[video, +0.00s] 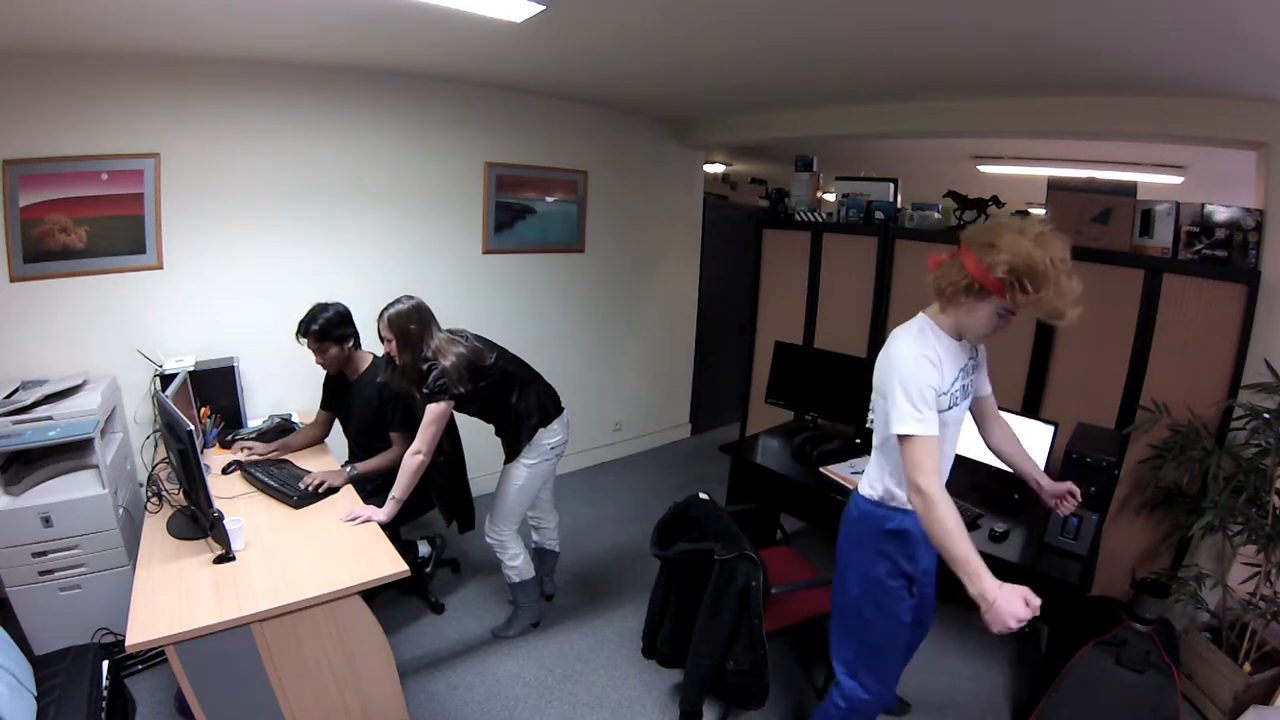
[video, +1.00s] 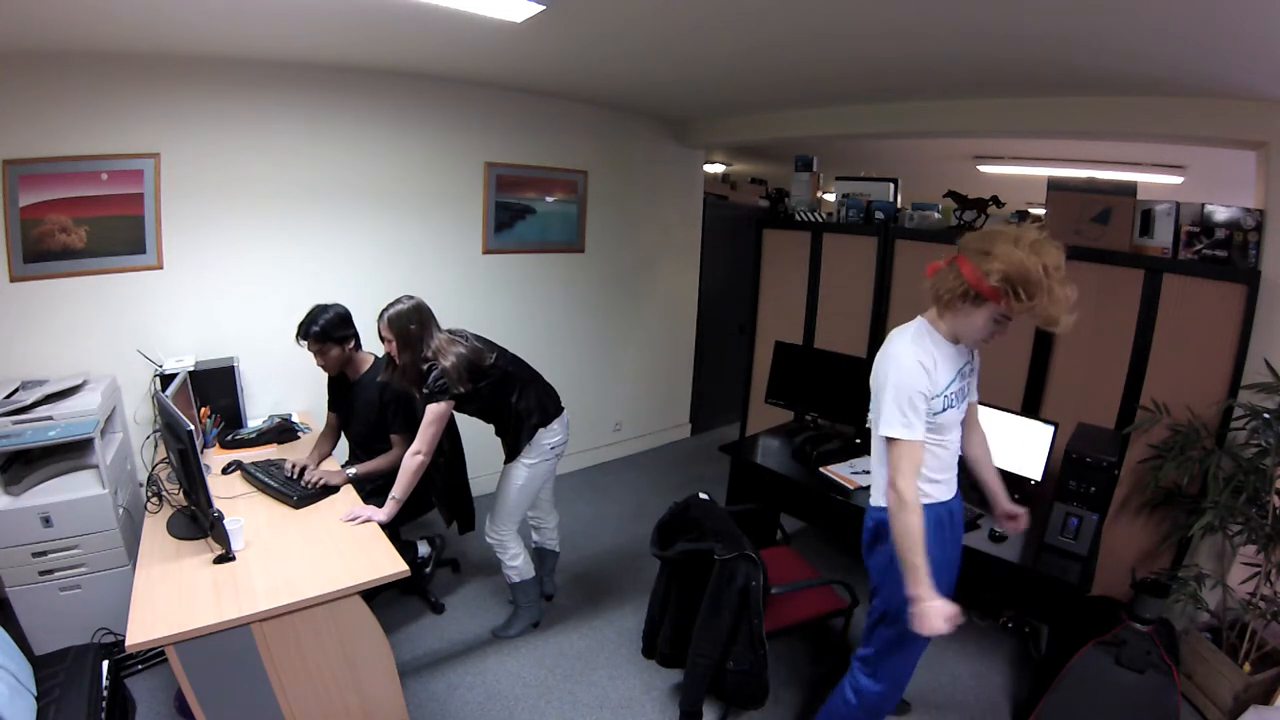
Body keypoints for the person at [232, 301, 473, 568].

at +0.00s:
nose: (317, 360)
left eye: (322, 352)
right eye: (313, 352)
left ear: (348, 342)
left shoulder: (390, 381)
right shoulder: (336, 375)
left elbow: (402, 449)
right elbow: (319, 428)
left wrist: (347, 473)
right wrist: (271, 448)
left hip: (403, 477)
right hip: (364, 473)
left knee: (339, 531)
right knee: (314, 513)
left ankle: (419, 552)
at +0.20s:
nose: (315, 363)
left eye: (319, 355)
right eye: (312, 356)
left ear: (346, 345)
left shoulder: (388, 382)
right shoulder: (339, 374)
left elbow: (403, 450)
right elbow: (333, 423)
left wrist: (346, 471)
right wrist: (307, 449)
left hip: (406, 476)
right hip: (365, 474)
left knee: (344, 527)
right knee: (321, 513)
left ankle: (419, 553)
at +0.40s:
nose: (316, 362)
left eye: (319, 353)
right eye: (312, 355)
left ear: (346, 344)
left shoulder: (389, 381)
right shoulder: (339, 376)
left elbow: (402, 450)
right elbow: (332, 429)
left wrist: (346, 474)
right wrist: (311, 459)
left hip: (408, 477)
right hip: (366, 473)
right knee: (320, 513)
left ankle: (419, 552)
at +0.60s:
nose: (316, 364)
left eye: (320, 355)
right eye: (312, 356)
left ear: (346, 345)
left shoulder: (389, 382)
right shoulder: (339, 376)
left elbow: (403, 450)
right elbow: (332, 429)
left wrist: (347, 474)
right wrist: (311, 459)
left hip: (406, 477)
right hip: (364, 474)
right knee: (320, 513)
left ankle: (419, 552)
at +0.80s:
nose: (317, 365)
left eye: (321, 356)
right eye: (313, 357)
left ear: (347, 345)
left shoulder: (389, 382)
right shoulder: (338, 377)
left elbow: (402, 451)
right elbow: (332, 428)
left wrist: (346, 474)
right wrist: (312, 459)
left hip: (408, 475)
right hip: (365, 473)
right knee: (321, 512)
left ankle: (419, 552)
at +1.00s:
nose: (318, 362)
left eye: (322, 352)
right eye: (313, 354)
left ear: (349, 343)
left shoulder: (389, 383)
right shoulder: (339, 376)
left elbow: (402, 452)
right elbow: (332, 428)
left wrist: (346, 474)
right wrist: (312, 459)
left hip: (408, 476)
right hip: (365, 471)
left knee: (343, 531)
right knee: (321, 512)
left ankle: (420, 552)